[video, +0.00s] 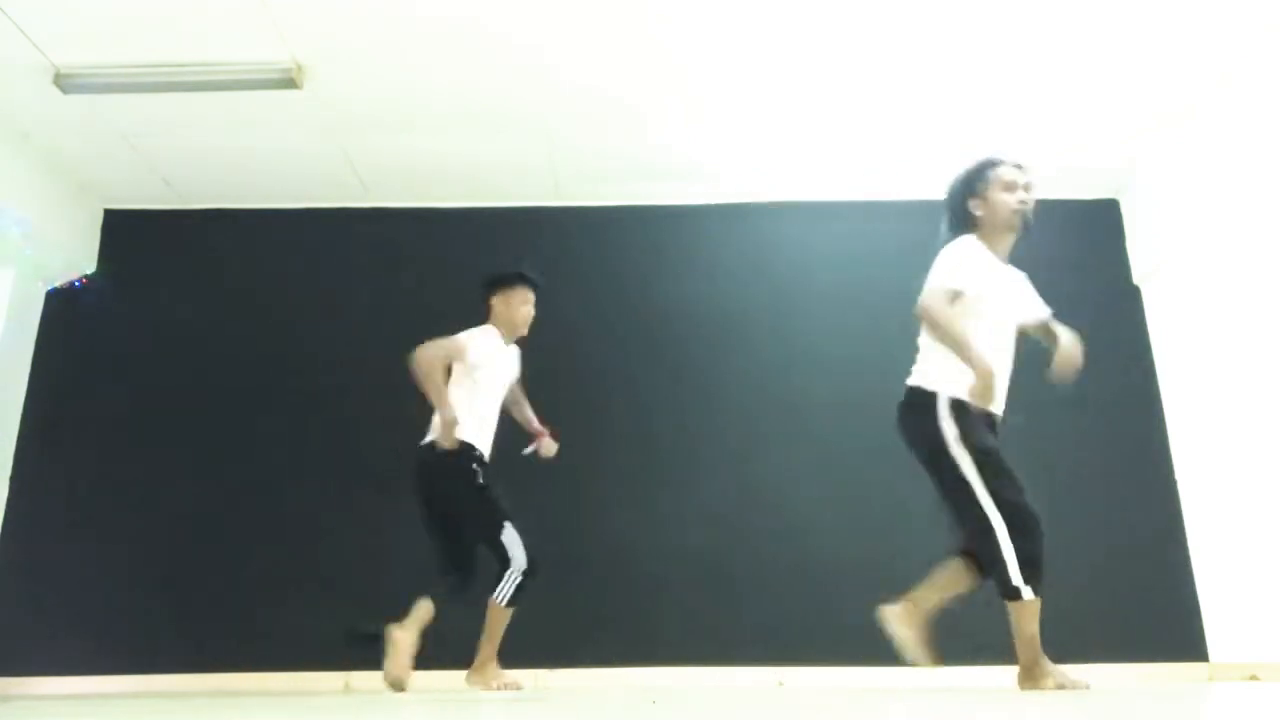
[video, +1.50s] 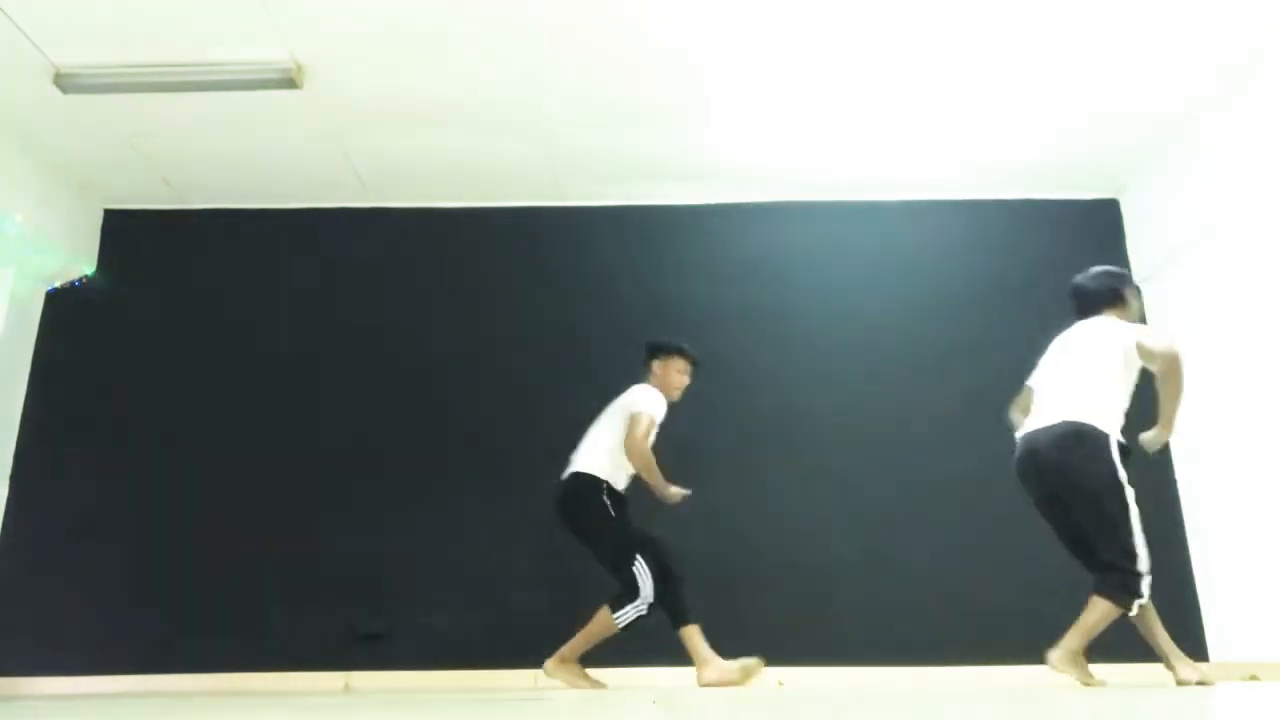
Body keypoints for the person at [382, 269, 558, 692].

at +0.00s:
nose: (531, 314)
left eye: (532, 305)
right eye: (524, 304)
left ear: (522, 310)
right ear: (497, 305)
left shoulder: (509, 354)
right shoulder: (479, 339)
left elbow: (513, 397)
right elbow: (424, 357)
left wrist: (538, 431)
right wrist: (444, 411)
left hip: (442, 461)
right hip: (458, 461)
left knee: (458, 568)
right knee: (517, 561)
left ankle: (406, 632)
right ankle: (485, 666)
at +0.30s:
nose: (466, 354)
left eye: (474, 345)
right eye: (462, 346)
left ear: (501, 343)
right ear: (460, 349)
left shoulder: (538, 382)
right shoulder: (456, 394)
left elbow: (590, 414)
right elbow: (393, 430)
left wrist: (566, 472)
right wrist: (323, 426)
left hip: (526, 492)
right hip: (477, 490)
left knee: (583, 547)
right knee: (497, 567)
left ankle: (524, 635)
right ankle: (486, 667)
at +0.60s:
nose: (479, 358)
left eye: (486, 348)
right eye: (476, 350)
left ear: (514, 345)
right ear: (477, 354)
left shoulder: (560, 380)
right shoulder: (482, 401)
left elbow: (622, 409)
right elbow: (417, 420)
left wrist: (601, 469)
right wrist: (345, 416)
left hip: (568, 492)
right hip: (520, 493)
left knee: (625, 540)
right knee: (525, 567)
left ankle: (594, 638)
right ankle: (491, 670)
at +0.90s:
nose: (568, 346)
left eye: (577, 337)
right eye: (563, 338)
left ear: (599, 337)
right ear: (557, 341)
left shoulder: (634, 375)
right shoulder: (552, 388)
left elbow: (680, 414)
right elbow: (536, 439)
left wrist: (654, 468)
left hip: (619, 490)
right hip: (572, 489)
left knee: (675, 561)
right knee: (558, 576)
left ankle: (706, 666)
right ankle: (499, 665)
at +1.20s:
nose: (688, 371)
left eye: (696, 363)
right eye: (680, 361)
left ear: (705, 368)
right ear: (664, 362)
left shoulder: (704, 408)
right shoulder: (643, 401)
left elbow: (711, 457)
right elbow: (626, 473)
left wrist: (693, 484)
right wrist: (680, 472)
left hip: (653, 501)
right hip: (610, 495)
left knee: (714, 556)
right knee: (639, 574)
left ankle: (714, 665)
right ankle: (589, 648)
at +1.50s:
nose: (687, 381)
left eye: (689, 374)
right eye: (682, 371)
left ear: (662, 372)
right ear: (656, 367)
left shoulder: (638, 397)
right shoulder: (650, 396)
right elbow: (636, 444)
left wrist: (657, 485)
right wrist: (664, 488)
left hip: (599, 497)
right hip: (589, 494)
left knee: (663, 573)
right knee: (640, 592)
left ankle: (709, 664)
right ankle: (563, 660)